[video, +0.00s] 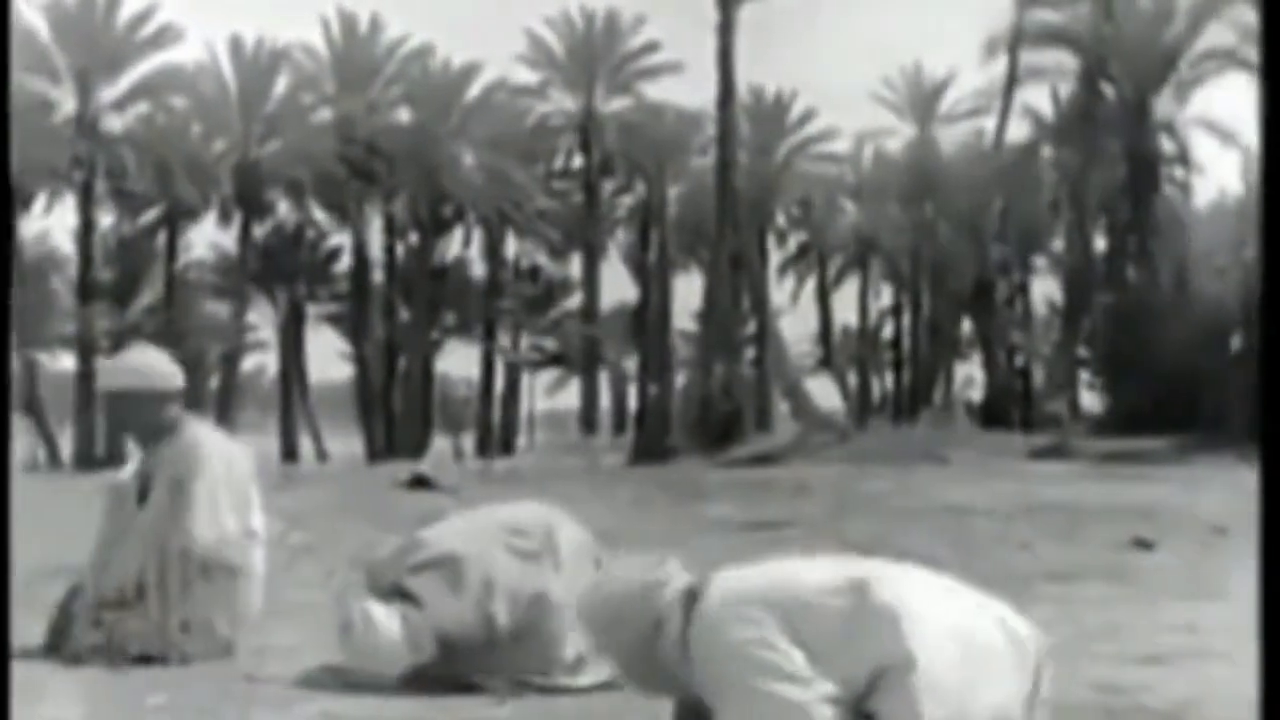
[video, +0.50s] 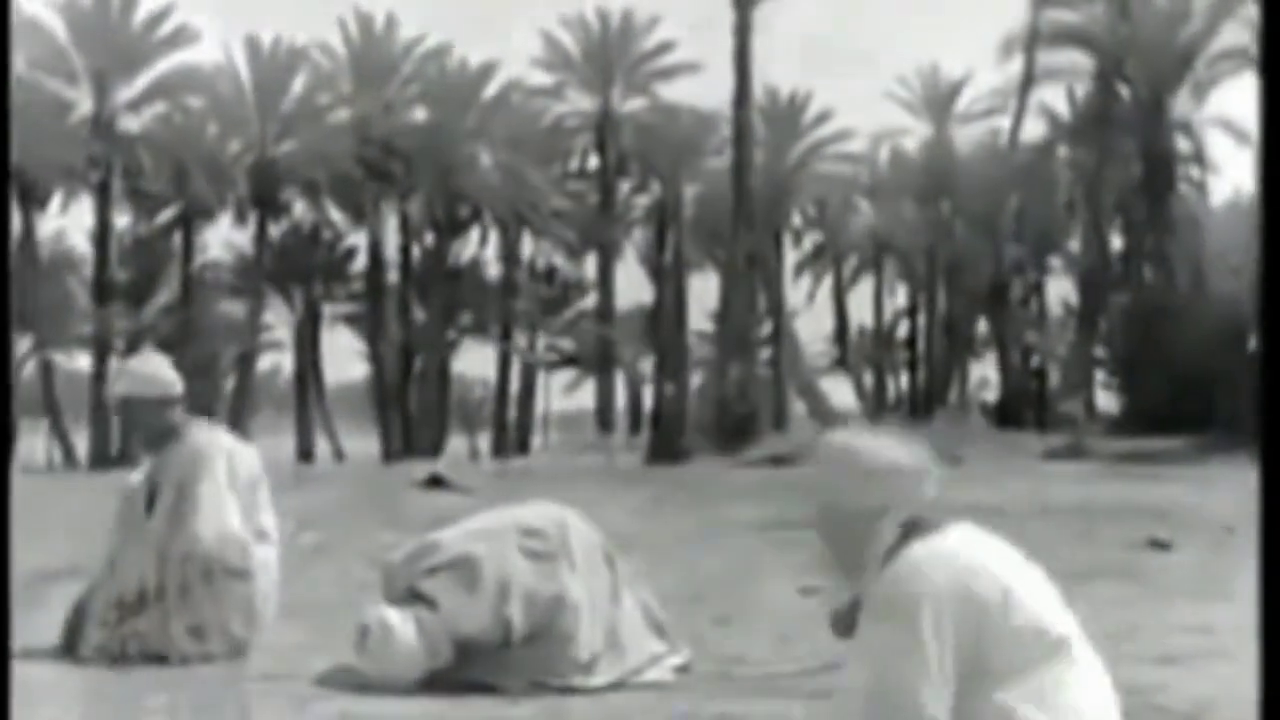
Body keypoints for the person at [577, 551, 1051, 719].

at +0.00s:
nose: (629, 674)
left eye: (622, 656)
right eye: (616, 660)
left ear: (644, 635)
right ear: (665, 600)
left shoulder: (721, 629)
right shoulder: (724, 604)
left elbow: (805, 706)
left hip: (955, 663)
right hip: (1004, 640)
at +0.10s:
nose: (649, 654)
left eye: (647, 633)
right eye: (641, 637)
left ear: (687, 610)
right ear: (694, 600)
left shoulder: (753, 619)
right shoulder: (765, 593)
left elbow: (818, 707)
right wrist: (720, 694)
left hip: (977, 682)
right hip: (1023, 665)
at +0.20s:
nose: (699, 622)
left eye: (690, 604)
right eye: (687, 607)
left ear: (716, 584)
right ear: (749, 554)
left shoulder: (801, 594)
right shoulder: (817, 570)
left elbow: (842, 704)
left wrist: (762, 680)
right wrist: (769, 666)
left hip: (1004, 696)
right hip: (1042, 684)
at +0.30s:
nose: (747, 581)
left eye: (748, 558)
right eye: (744, 560)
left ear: (773, 547)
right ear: (820, 519)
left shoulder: (842, 592)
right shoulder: (880, 548)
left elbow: (861, 707)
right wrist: (792, 643)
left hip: (1012, 706)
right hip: (1065, 695)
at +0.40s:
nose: (784, 557)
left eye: (786, 537)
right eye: (780, 539)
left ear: (813, 528)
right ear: (857, 510)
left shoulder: (885, 579)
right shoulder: (917, 546)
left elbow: (890, 706)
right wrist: (842, 627)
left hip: (1021, 704)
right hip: (1066, 695)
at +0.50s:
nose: (821, 532)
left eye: (827, 515)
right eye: (822, 514)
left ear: (860, 516)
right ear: (895, 508)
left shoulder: (911, 580)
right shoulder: (963, 543)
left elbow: (902, 709)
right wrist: (873, 610)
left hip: (1033, 708)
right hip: (1089, 700)